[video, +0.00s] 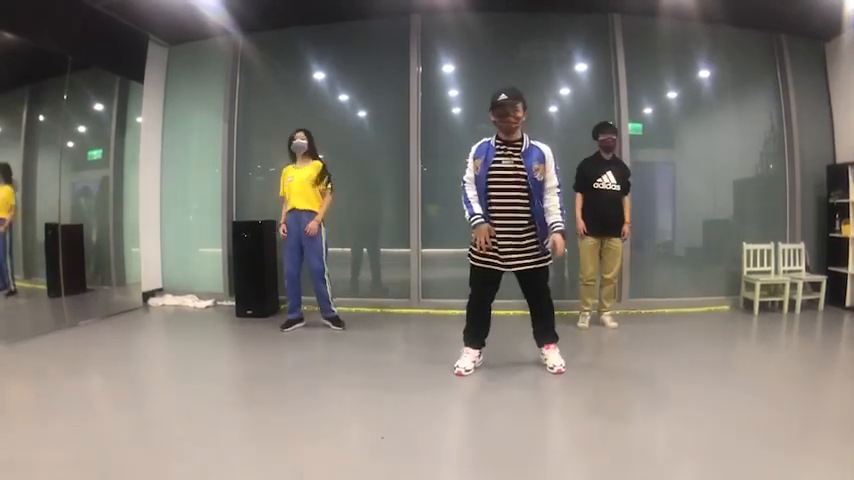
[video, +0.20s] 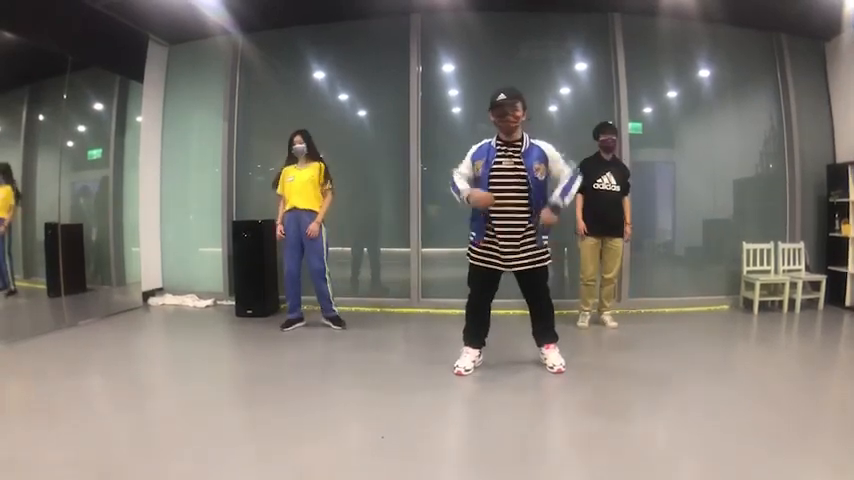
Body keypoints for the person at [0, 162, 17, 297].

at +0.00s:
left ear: (3, 174)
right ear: (8, 174)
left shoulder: (8, 190)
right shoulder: (6, 190)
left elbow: (12, 209)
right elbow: (12, 210)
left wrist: (5, 225)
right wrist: (5, 224)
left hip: (4, 222)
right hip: (3, 222)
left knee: (6, 254)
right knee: (3, 255)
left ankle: (11, 285)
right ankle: (4, 283)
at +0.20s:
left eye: (0, 173)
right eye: (0, 173)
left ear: (3, 174)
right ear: (8, 173)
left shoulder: (8, 189)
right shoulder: (7, 189)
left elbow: (12, 209)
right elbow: (11, 209)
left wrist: (5, 224)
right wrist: (5, 223)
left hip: (4, 222)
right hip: (4, 222)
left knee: (5, 253)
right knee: (4, 254)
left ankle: (10, 284)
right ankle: (5, 283)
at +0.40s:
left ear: (2, 173)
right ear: (7, 172)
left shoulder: (6, 189)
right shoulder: (8, 188)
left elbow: (11, 209)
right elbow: (12, 209)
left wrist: (5, 225)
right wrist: (6, 223)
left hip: (4, 223)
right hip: (5, 222)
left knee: (5, 253)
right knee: (5, 253)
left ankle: (11, 284)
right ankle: (6, 283)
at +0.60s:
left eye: (0, 173)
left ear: (3, 174)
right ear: (7, 173)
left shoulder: (7, 188)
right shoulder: (9, 188)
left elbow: (13, 208)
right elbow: (13, 208)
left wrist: (7, 223)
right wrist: (7, 223)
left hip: (4, 221)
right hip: (4, 221)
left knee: (5, 254)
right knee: (4, 254)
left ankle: (12, 284)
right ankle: (5, 283)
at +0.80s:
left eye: (1, 175)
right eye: (1, 174)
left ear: (5, 175)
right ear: (8, 175)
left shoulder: (11, 189)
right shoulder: (5, 189)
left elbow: (18, 207)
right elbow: (18, 207)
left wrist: (9, 217)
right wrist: (8, 217)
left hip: (7, 221)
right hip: (3, 221)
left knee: (5, 254)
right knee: (3, 254)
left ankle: (15, 287)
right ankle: (5, 283)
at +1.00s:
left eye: (1, 175)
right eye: (1, 175)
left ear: (6, 176)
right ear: (9, 175)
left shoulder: (9, 190)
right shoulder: (11, 189)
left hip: (7, 220)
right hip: (6, 220)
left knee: (9, 253)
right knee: (6, 253)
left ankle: (18, 287)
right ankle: (17, 285)